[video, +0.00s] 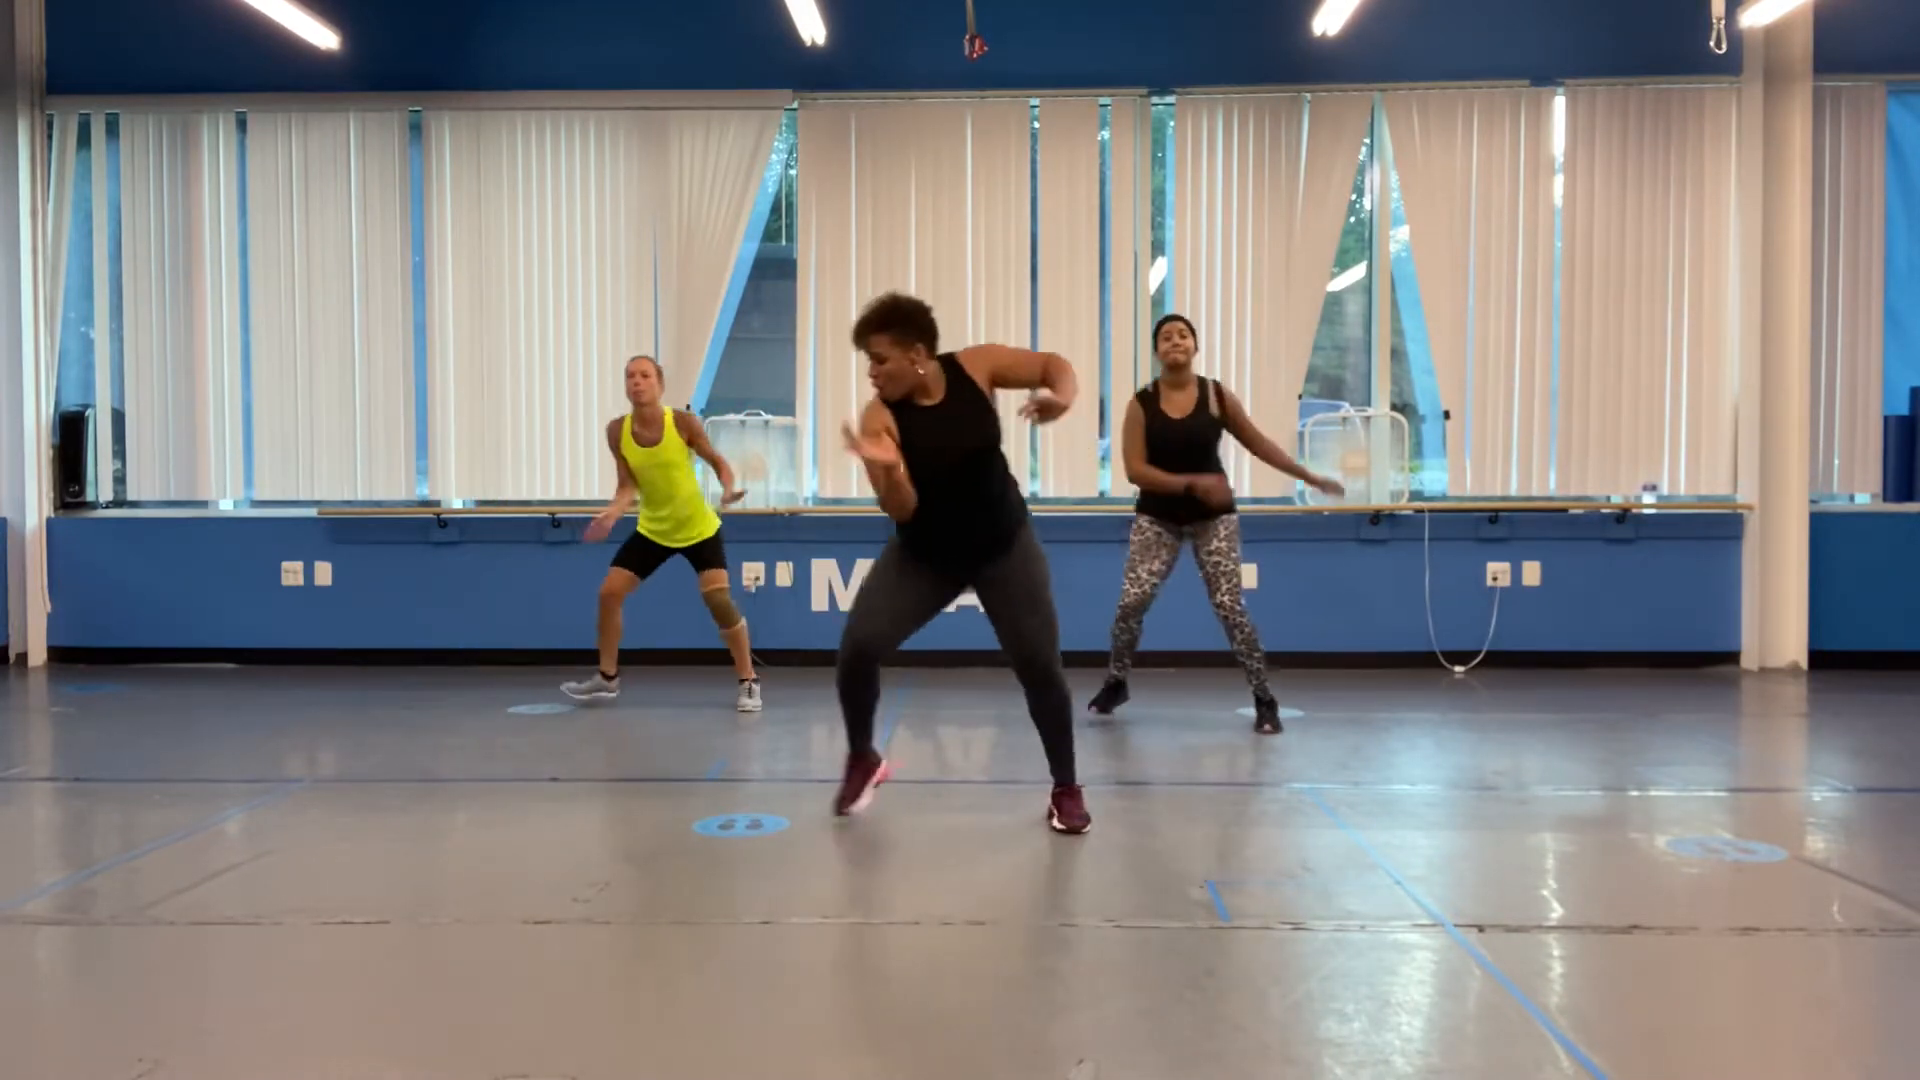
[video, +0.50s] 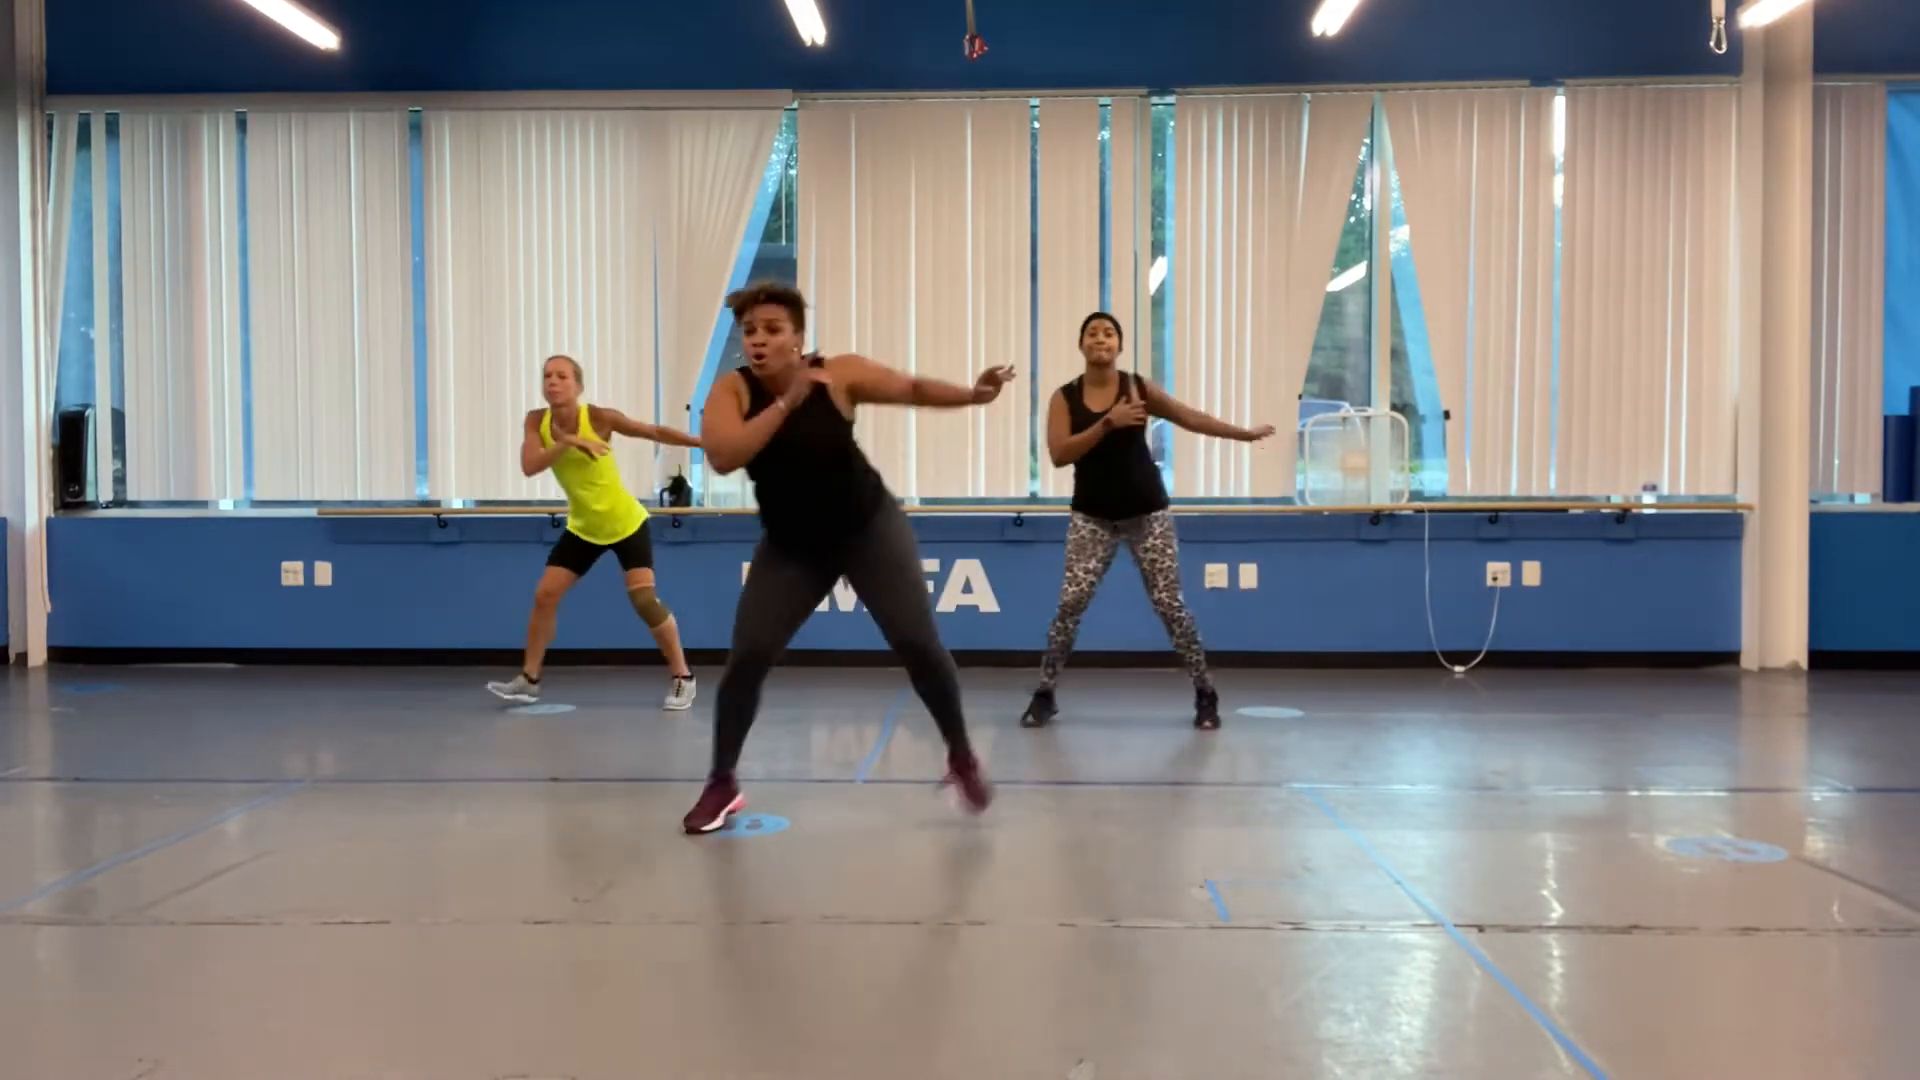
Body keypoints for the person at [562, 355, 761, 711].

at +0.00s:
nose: (636, 382)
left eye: (644, 376)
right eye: (631, 377)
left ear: (660, 384)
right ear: (625, 386)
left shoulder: (684, 423)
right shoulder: (617, 430)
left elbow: (716, 461)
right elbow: (627, 484)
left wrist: (729, 489)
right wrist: (612, 513)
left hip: (698, 525)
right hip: (653, 528)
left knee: (718, 600)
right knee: (610, 593)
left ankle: (748, 682)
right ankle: (607, 679)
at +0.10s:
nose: (616, 380)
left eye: (625, 375)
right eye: (611, 375)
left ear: (641, 385)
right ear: (605, 386)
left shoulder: (662, 421)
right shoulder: (595, 423)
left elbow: (703, 452)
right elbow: (597, 478)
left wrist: (736, 471)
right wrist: (613, 484)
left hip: (674, 522)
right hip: (632, 527)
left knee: (704, 598)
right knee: (600, 599)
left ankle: (753, 676)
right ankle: (592, 684)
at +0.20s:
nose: (598, 384)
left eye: (607, 378)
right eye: (593, 379)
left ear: (623, 386)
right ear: (587, 388)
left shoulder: (645, 425)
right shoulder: (576, 429)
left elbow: (686, 455)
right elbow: (568, 485)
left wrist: (731, 465)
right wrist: (607, 477)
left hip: (657, 526)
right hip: (613, 531)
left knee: (680, 595)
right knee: (579, 599)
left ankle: (723, 668)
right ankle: (589, 685)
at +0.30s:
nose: (584, 384)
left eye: (592, 379)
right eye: (579, 380)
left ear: (609, 387)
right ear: (574, 390)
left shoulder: (633, 423)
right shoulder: (565, 430)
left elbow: (675, 454)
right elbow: (557, 484)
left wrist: (719, 469)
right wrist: (595, 484)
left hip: (647, 526)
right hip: (603, 531)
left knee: (663, 594)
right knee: (568, 599)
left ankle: (679, 679)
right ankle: (586, 683)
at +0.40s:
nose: (569, 384)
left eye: (577, 378)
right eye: (564, 379)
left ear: (594, 387)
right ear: (558, 390)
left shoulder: (620, 420)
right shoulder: (554, 426)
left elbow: (667, 443)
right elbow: (548, 479)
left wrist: (719, 460)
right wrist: (586, 469)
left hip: (641, 525)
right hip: (598, 529)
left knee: (651, 602)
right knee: (552, 590)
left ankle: (677, 680)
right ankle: (566, 675)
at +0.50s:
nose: (552, 382)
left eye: (561, 377)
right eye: (547, 377)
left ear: (578, 387)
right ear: (542, 388)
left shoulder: (601, 417)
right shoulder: (537, 421)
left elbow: (653, 432)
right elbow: (529, 466)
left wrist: (701, 442)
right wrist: (568, 442)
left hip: (626, 522)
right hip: (582, 526)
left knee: (643, 599)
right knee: (546, 595)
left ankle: (683, 678)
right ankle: (529, 680)